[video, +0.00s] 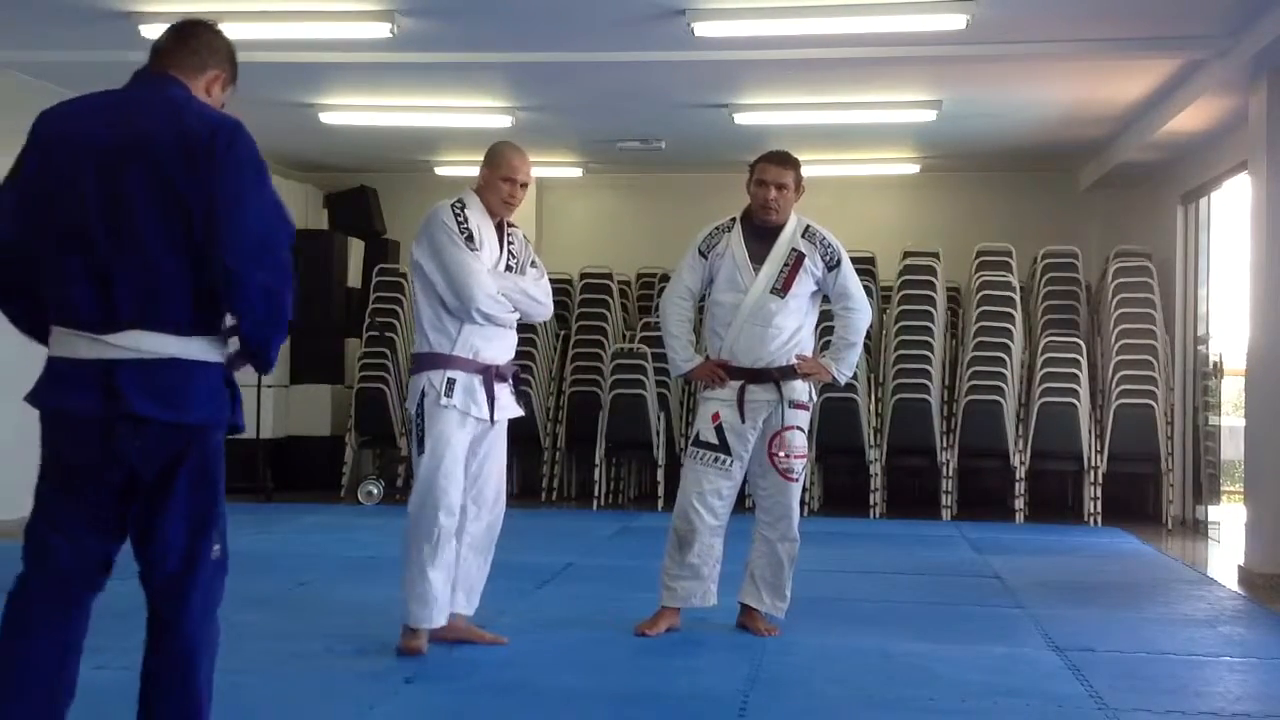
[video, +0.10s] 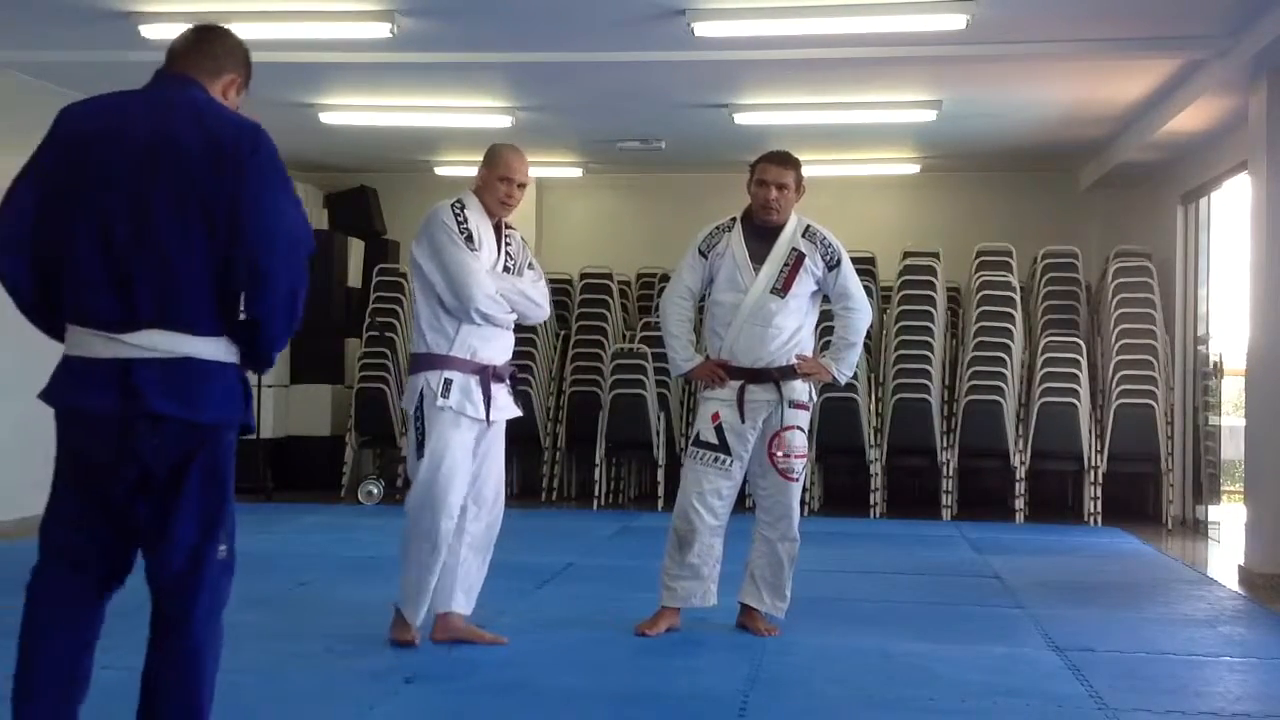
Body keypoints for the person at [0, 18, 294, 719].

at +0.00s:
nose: (223, 109)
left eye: (224, 100)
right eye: (227, 98)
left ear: (151, 65)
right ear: (212, 82)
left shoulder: (58, 125)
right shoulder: (219, 139)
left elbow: (7, 250)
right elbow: (263, 257)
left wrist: (60, 330)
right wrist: (257, 345)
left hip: (74, 396)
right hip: (181, 402)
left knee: (53, 580)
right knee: (185, 593)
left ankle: (25, 709)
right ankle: (175, 714)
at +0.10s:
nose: (238, 110)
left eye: (240, 100)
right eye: (243, 100)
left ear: (165, 68)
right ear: (228, 86)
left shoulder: (77, 122)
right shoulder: (242, 144)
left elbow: (14, 241)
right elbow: (286, 260)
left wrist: (77, 326)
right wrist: (251, 349)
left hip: (88, 394)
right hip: (194, 402)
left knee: (68, 575)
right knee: (191, 593)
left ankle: (39, 712)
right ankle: (175, 713)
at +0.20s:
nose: (250, 109)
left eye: (252, 101)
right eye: (255, 100)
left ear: (177, 68)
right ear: (241, 89)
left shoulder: (94, 117)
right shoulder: (254, 142)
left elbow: (21, 233)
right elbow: (298, 254)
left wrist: (84, 322)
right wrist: (266, 348)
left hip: (97, 391)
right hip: (202, 398)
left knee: (84, 577)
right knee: (195, 590)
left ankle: (59, 712)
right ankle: (176, 713)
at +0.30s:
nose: (258, 109)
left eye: (259, 102)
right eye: (262, 101)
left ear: (185, 71)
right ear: (249, 91)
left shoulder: (103, 118)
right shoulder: (261, 142)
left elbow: (29, 226)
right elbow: (299, 254)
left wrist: (92, 318)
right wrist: (286, 358)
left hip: (103, 392)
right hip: (206, 400)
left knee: (90, 581)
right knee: (198, 593)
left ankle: (84, 710)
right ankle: (176, 712)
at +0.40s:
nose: (261, 110)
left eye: (261, 103)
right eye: (265, 102)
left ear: (189, 73)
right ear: (253, 91)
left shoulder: (107, 121)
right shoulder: (264, 145)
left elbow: (34, 233)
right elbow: (294, 268)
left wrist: (97, 320)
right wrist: (276, 360)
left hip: (107, 392)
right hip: (209, 400)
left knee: (96, 575)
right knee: (199, 588)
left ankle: (85, 710)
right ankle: (177, 713)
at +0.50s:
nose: (262, 109)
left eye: (264, 101)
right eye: (266, 101)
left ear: (194, 72)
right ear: (254, 90)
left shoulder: (109, 121)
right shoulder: (263, 146)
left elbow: (36, 235)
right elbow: (290, 270)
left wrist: (99, 318)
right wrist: (275, 353)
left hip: (110, 391)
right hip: (210, 399)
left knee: (99, 572)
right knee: (201, 584)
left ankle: (88, 709)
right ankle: (178, 712)